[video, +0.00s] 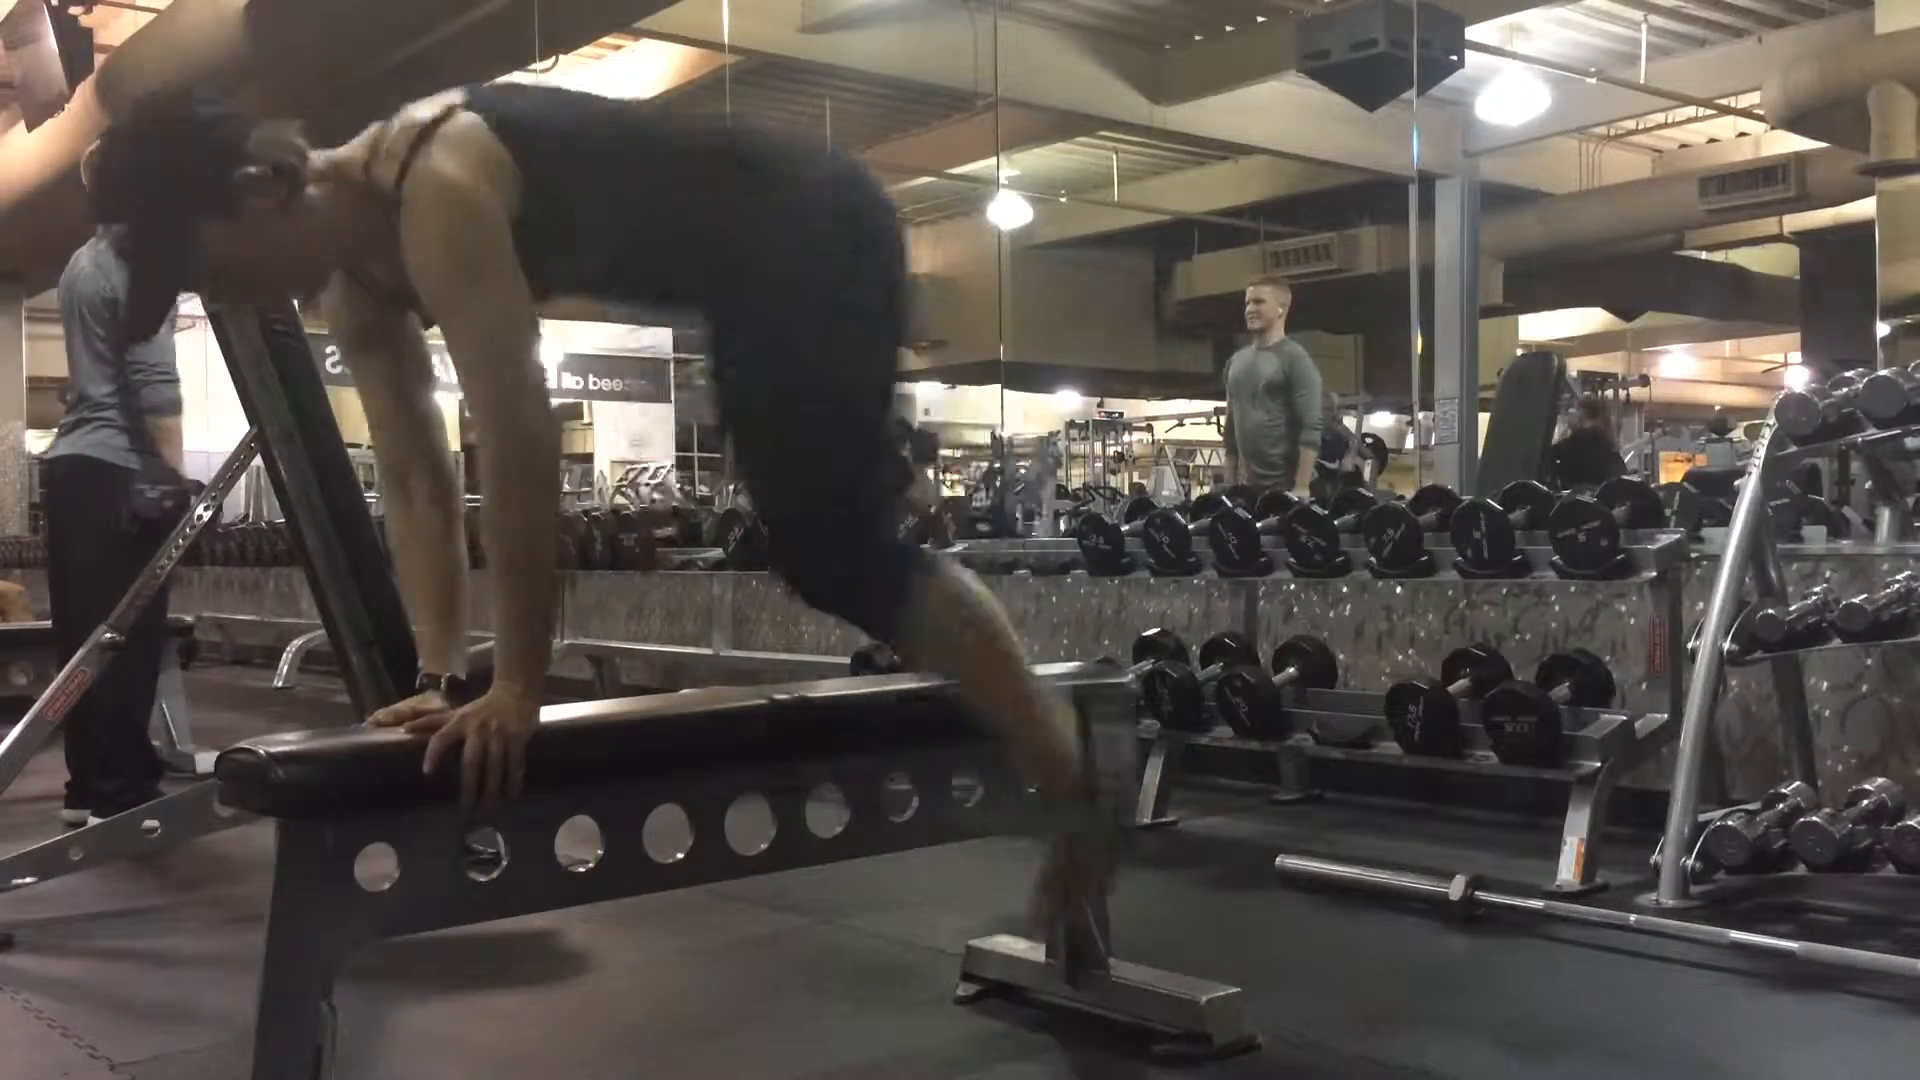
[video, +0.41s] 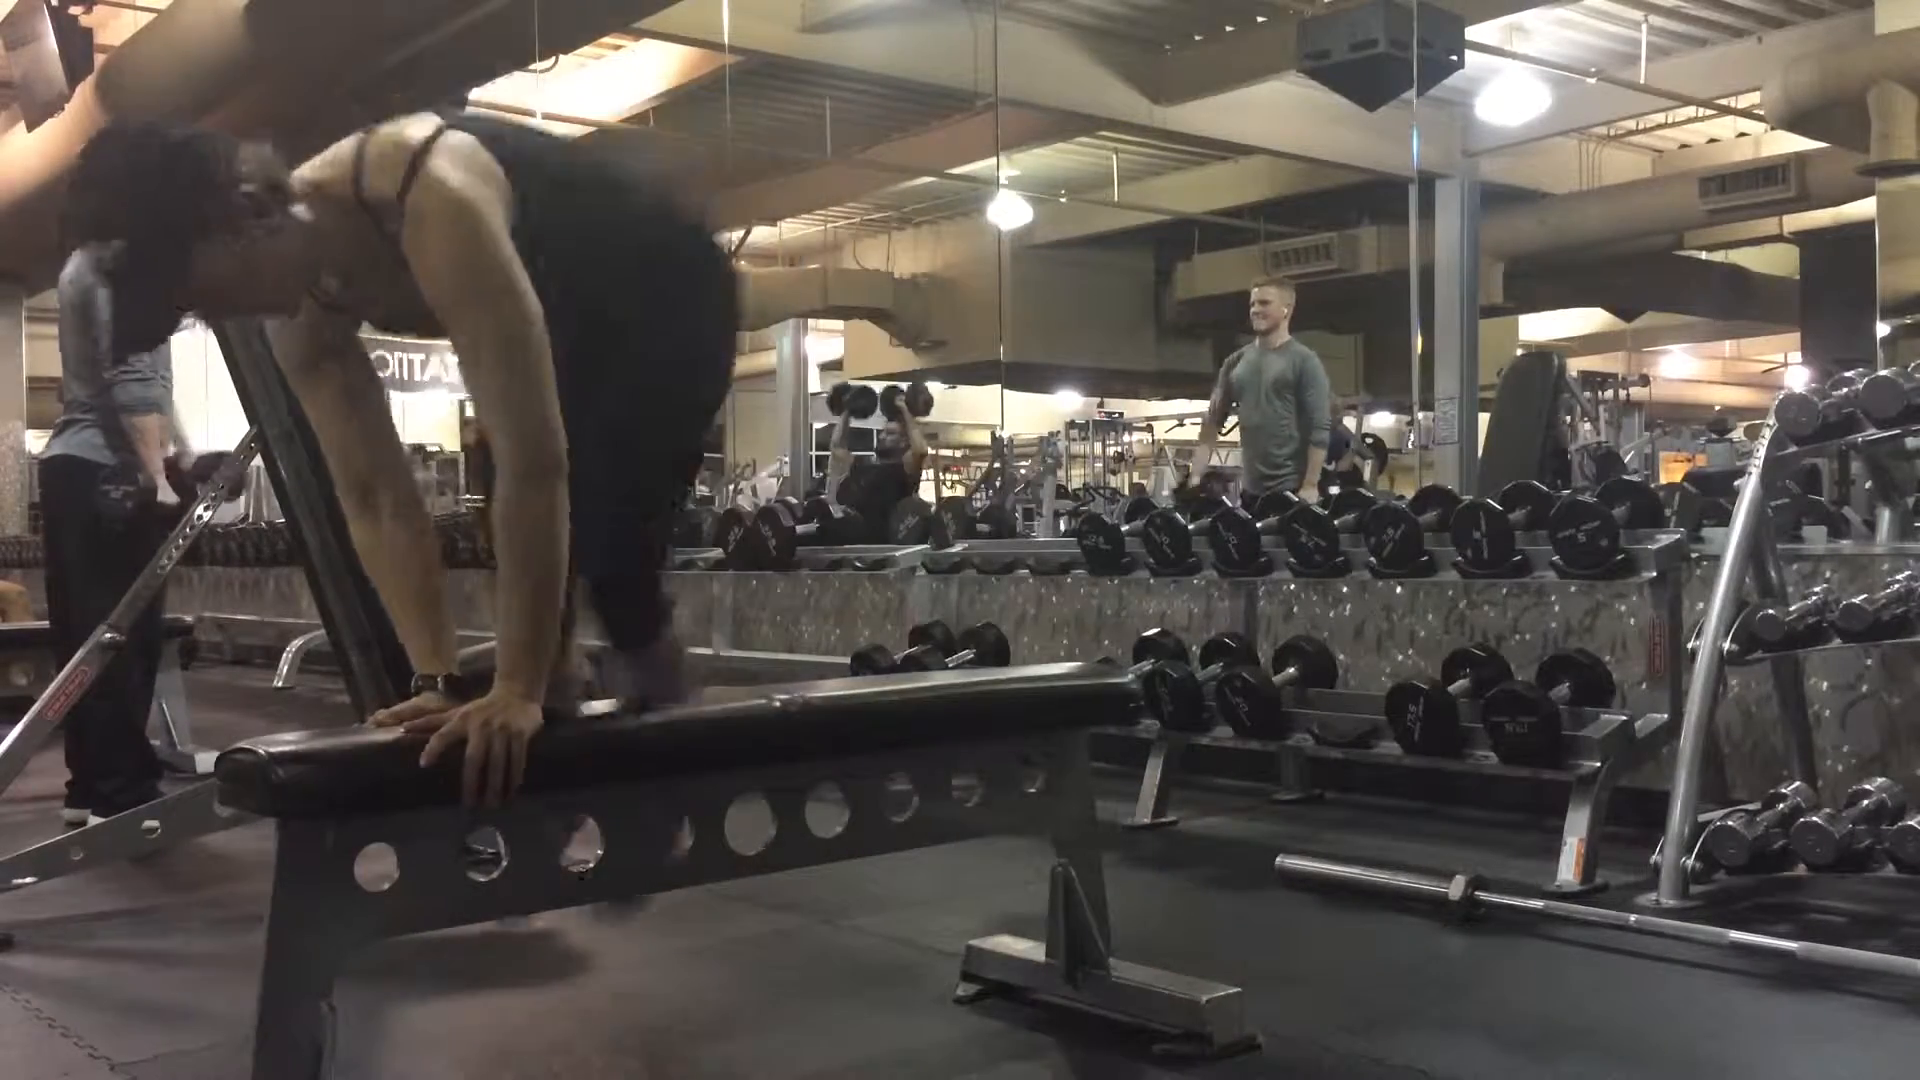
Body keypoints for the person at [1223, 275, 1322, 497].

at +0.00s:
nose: (1249, 309)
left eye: (1258, 302)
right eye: (1247, 303)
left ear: (1282, 309)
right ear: (1244, 307)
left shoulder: (1296, 359)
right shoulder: (1236, 362)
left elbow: (1312, 427)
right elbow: (1231, 425)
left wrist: (1302, 486)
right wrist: (1230, 480)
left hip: (1286, 486)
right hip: (1250, 484)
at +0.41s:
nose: (1255, 310)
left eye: (1264, 303)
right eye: (1252, 304)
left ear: (1286, 310)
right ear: (1249, 308)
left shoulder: (1304, 362)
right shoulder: (1235, 363)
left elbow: (1319, 429)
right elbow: (1212, 421)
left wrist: (1310, 486)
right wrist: (1195, 476)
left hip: (1291, 488)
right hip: (1251, 488)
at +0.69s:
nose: (1258, 316)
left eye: (1266, 308)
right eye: (1255, 310)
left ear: (1290, 309)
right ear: (1252, 311)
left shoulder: (1306, 360)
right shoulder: (1245, 356)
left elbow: (1321, 428)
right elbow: (1201, 375)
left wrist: (1312, 485)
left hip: (1293, 484)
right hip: (1254, 482)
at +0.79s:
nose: (1253, 319)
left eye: (1261, 311)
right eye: (1250, 312)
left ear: (1286, 310)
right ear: (1247, 313)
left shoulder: (1303, 359)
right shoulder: (1245, 352)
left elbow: (1319, 427)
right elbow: (1199, 360)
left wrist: (1312, 485)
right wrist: (1160, 360)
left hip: (1292, 485)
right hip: (1254, 483)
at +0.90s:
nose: (1249, 321)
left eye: (1256, 312)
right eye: (1246, 314)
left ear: (1280, 309)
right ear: (1243, 315)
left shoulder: (1300, 358)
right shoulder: (1243, 354)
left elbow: (1318, 426)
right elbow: (1201, 355)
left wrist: (1311, 484)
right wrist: (1167, 346)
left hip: (1290, 486)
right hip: (1254, 484)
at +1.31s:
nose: (1234, 329)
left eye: (1242, 320)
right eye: (1230, 322)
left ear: (1264, 318)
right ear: (1227, 324)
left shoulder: (1290, 371)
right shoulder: (1227, 368)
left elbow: (1308, 445)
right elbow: (1189, 396)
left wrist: (1308, 499)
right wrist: (1163, 422)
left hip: (1289, 489)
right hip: (1253, 489)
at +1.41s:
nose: (1216, 348)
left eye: (1224, 339)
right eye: (1213, 340)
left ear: (1247, 337)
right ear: (1210, 340)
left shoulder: (1280, 385)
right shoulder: (1212, 387)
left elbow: (1304, 460)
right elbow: (1182, 435)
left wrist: (1308, 517)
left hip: (1294, 488)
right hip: (1261, 489)